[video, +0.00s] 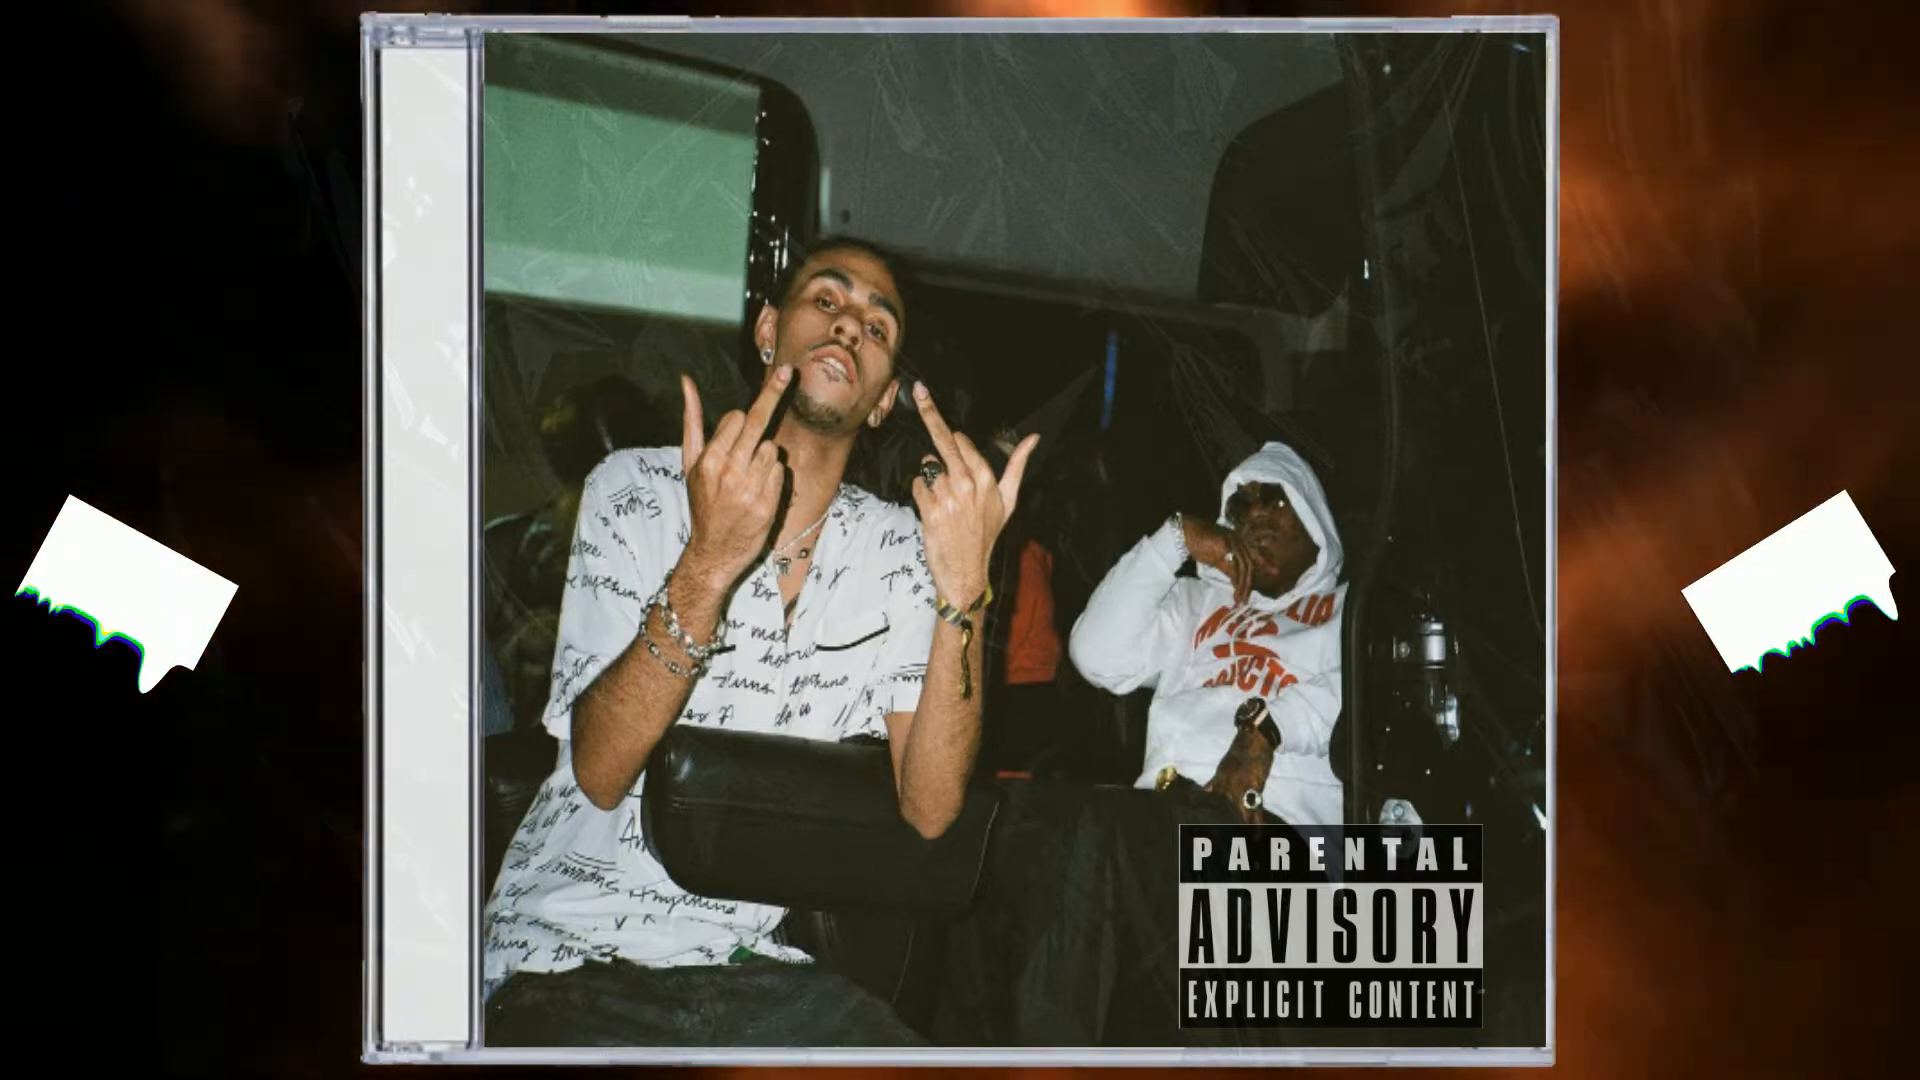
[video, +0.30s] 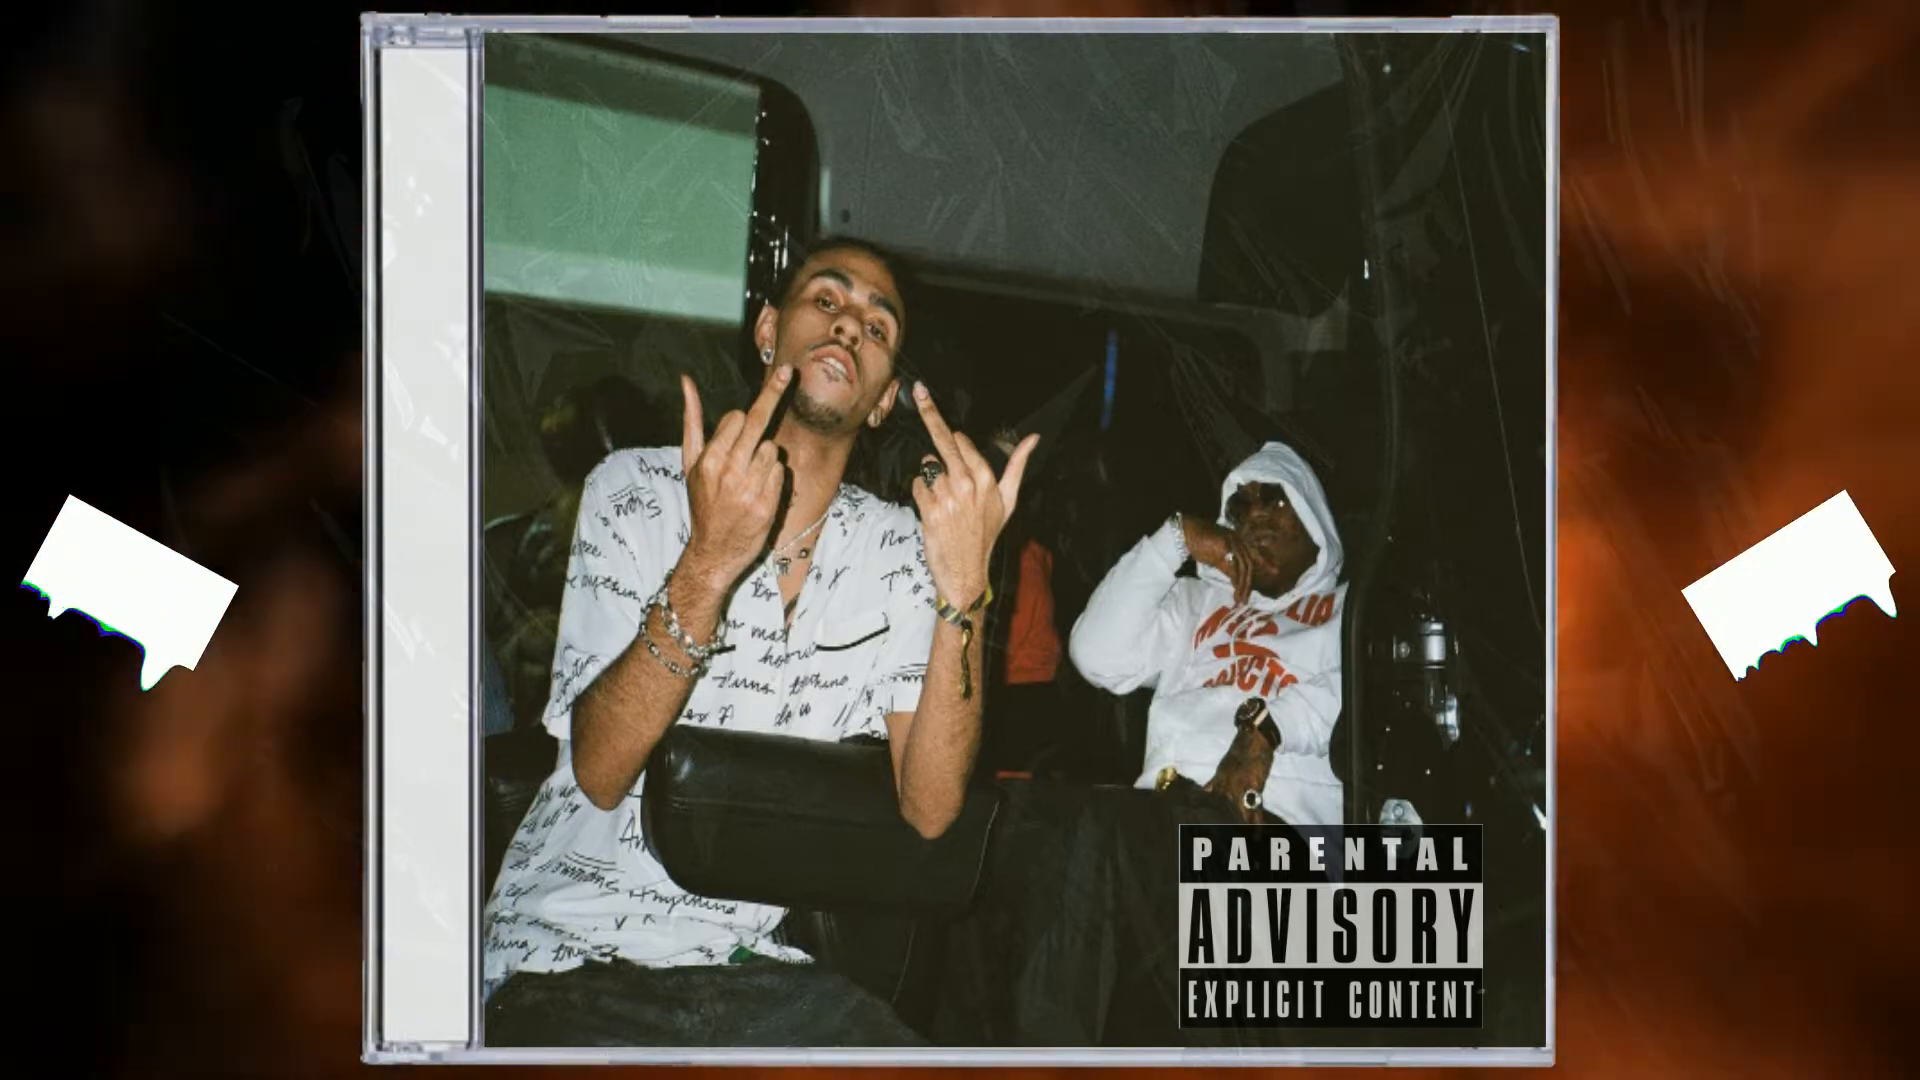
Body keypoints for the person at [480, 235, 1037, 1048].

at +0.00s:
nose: (852, 323)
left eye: (878, 324)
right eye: (826, 299)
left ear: (886, 397)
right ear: (766, 333)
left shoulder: (902, 550)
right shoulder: (637, 490)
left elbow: (930, 809)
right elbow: (601, 771)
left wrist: (965, 594)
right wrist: (709, 564)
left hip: (752, 956)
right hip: (567, 942)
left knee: (907, 1065)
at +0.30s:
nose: (852, 323)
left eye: (879, 323)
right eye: (826, 299)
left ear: (887, 396)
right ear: (767, 333)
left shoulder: (902, 550)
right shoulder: (638, 490)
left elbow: (931, 809)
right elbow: (601, 770)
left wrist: (966, 593)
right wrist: (709, 564)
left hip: (755, 957)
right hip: (570, 946)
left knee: (908, 1064)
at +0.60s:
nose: (852, 323)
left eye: (879, 323)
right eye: (826, 299)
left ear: (887, 396)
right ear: (767, 332)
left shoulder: (903, 550)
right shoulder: (638, 490)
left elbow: (931, 809)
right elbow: (601, 770)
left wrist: (965, 593)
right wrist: (709, 564)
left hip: (757, 958)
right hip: (569, 947)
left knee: (904, 1060)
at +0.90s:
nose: (852, 323)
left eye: (879, 323)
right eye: (826, 299)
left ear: (887, 396)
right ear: (767, 332)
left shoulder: (902, 550)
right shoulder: (638, 490)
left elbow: (931, 809)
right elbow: (601, 770)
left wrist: (965, 593)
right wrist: (709, 564)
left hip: (756, 957)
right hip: (569, 946)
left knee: (906, 1062)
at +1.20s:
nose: (852, 323)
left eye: (879, 324)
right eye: (826, 299)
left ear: (887, 396)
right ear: (767, 333)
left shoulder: (902, 550)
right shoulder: (637, 490)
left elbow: (930, 809)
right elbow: (601, 770)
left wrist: (965, 593)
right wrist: (709, 564)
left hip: (756, 957)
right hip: (569, 945)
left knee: (904, 1060)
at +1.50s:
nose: (851, 323)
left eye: (879, 323)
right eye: (826, 298)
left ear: (887, 395)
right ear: (767, 333)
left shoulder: (903, 550)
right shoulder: (638, 490)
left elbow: (931, 809)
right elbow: (601, 770)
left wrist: (965, 594)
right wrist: (710, 564)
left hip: (757, 957)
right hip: (572, 945)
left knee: (911, 1066)